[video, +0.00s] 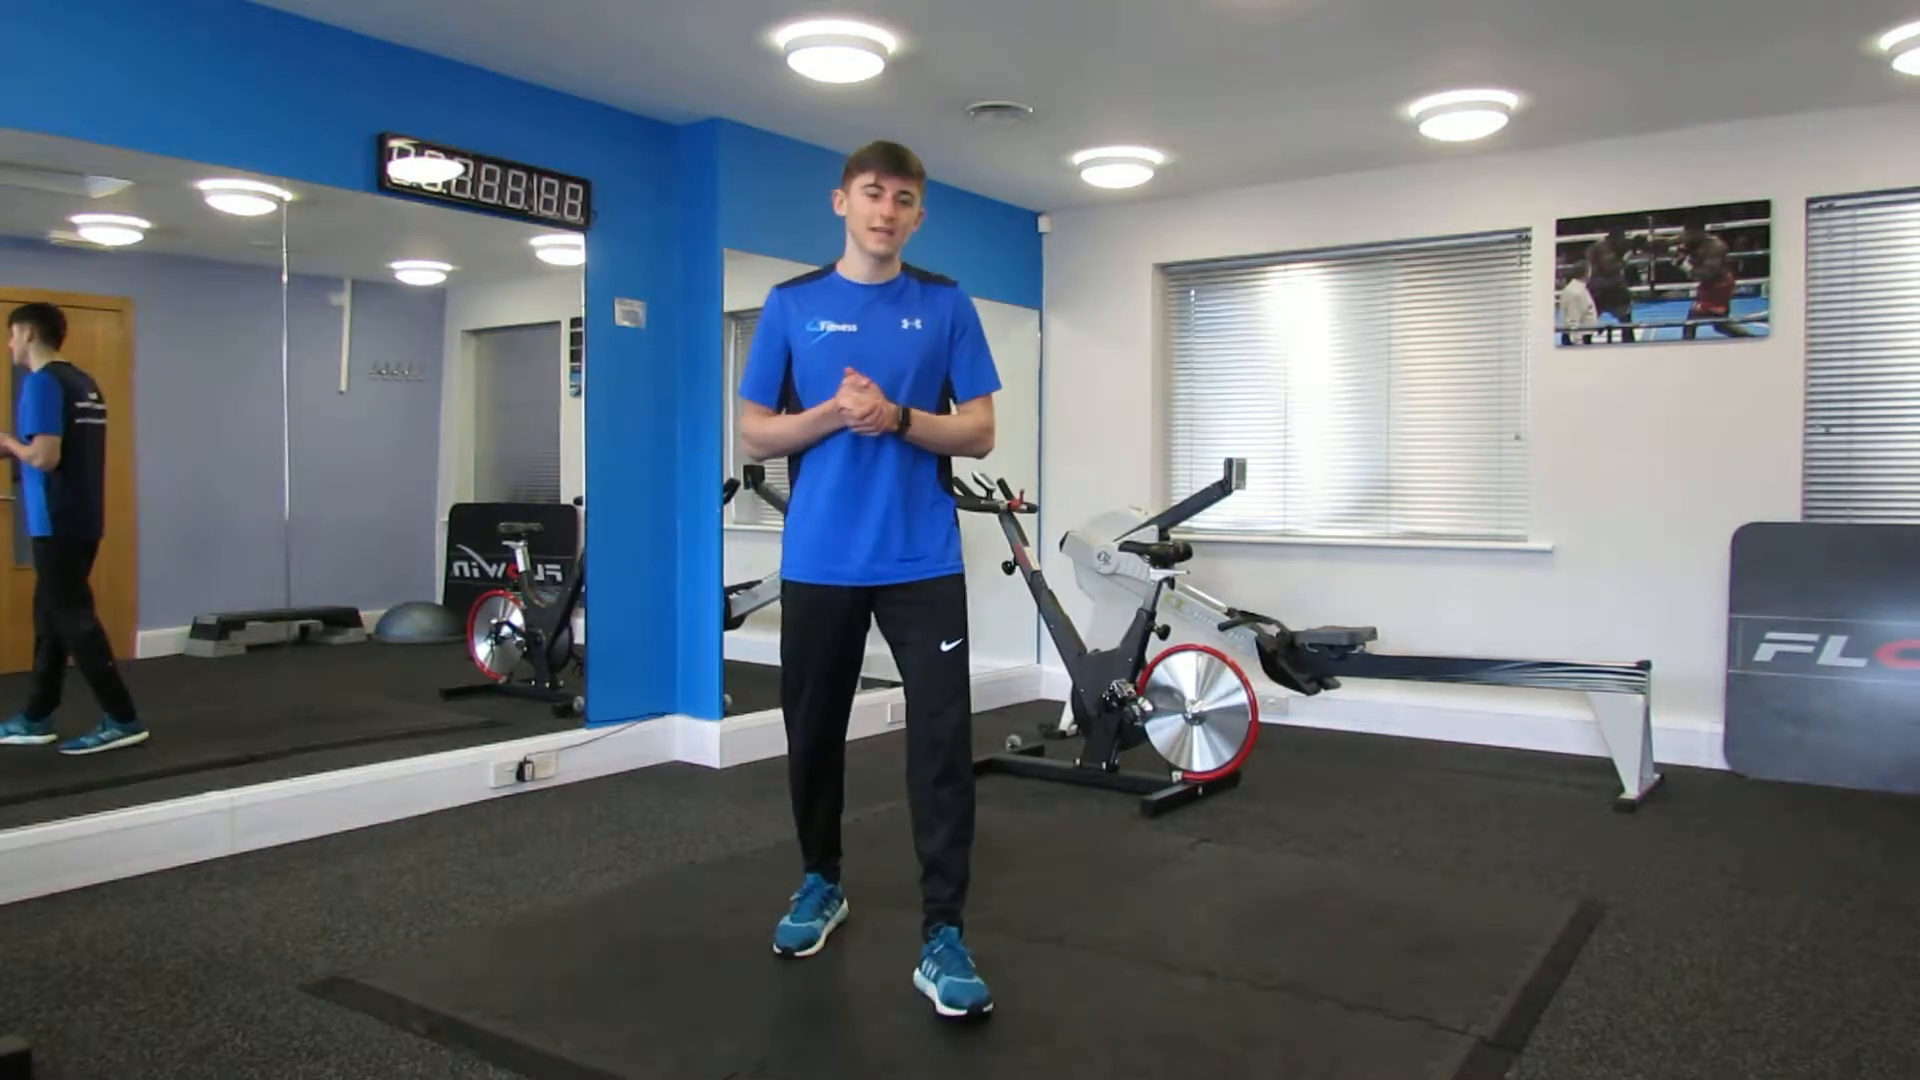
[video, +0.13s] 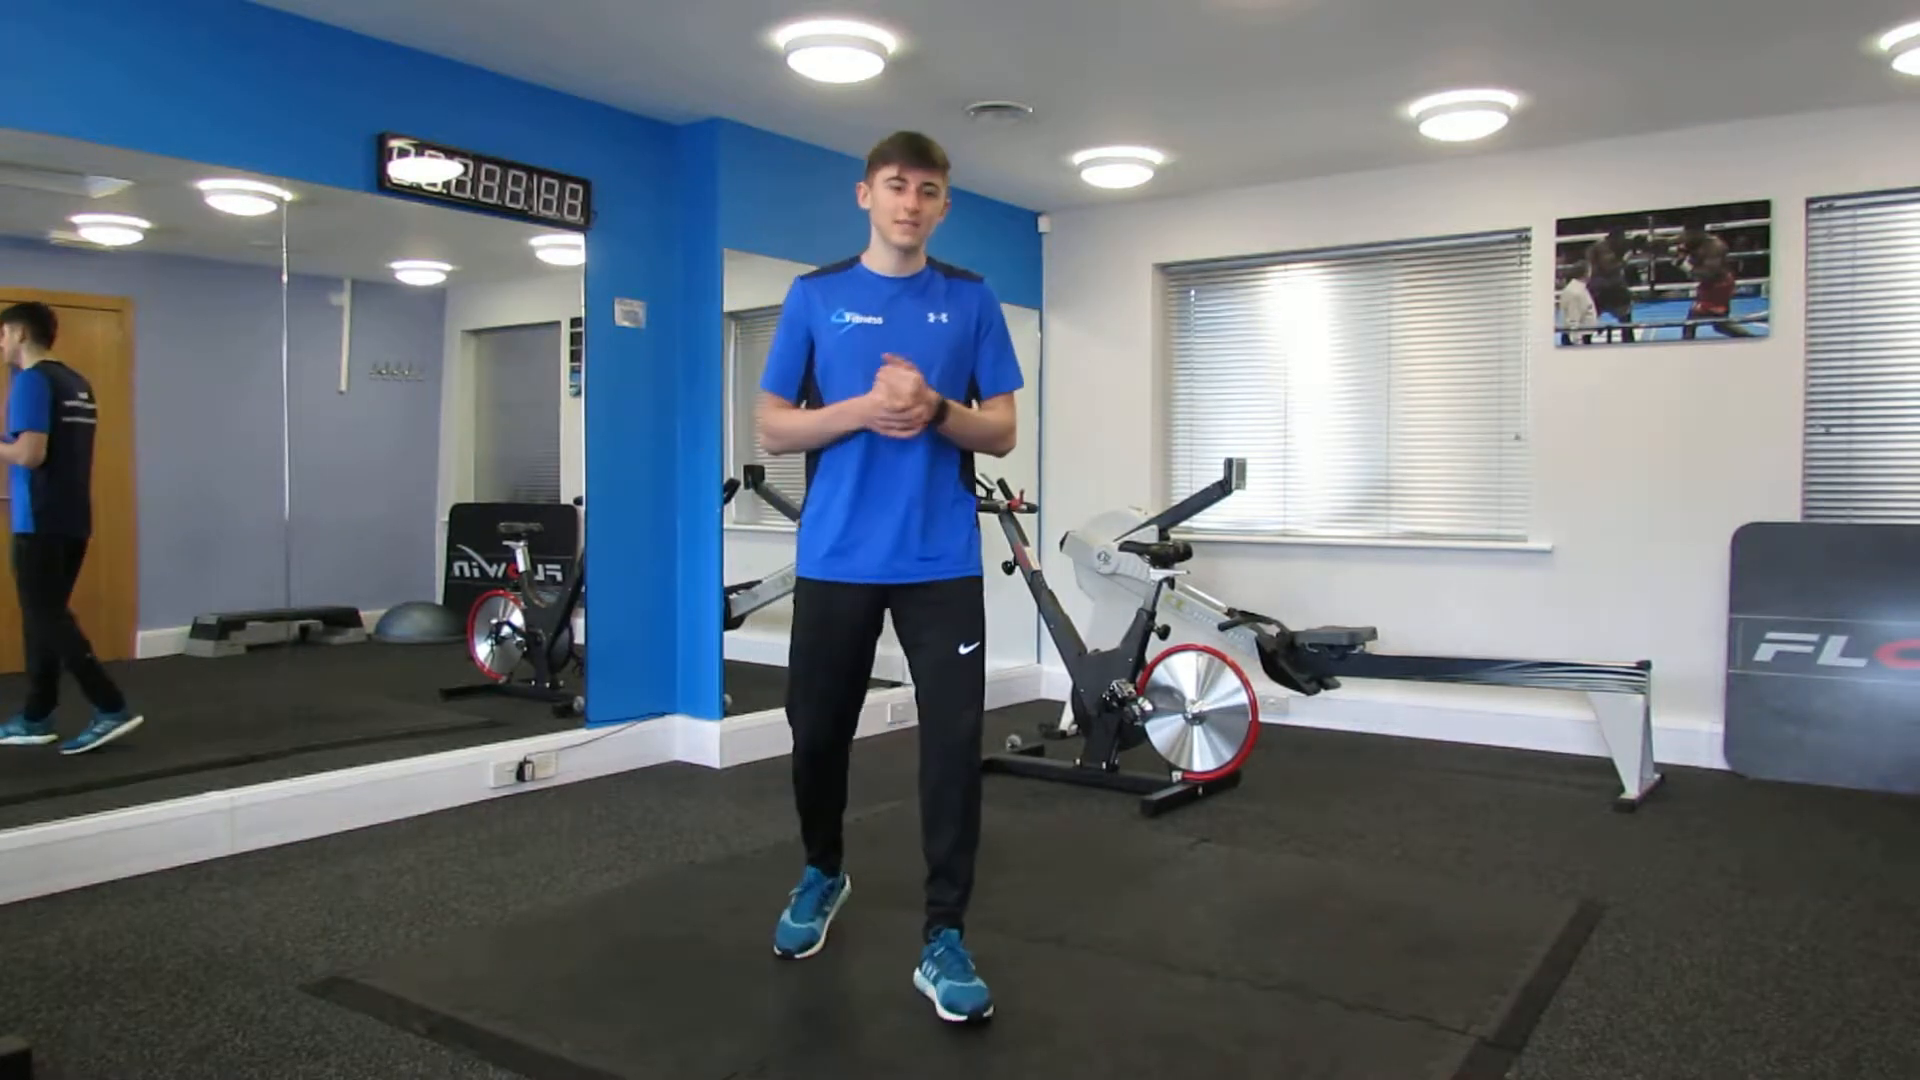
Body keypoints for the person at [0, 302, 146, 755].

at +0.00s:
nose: (9, 345)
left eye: (12, 336)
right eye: (10, 336)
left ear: (27, 335)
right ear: (54, 336)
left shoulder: (43, 381)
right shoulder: (85, 383)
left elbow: (46, 456)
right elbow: (81, 457)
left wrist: (11, 445)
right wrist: (24, 451)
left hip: (57, 529)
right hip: (82, 527)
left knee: (74, 620)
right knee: (51, 619)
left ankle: (124, 719)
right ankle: (36, 718)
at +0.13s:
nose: (0, 343)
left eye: (3, 333)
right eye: (2, 334)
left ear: (18, 334)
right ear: (46, 335)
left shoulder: (32, 380)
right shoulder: (76, 382)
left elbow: (30, 452)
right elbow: (68, 454)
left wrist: (3, 445)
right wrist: (18, 447)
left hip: (40, 526)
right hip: (71, 524)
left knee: (47, 618)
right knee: (43, 619)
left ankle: (112, 708)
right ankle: (36, 718)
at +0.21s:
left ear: (15, 335)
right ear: (41, 336)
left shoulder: (26, 379)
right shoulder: (72, 383)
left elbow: (23, 449)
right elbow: (64, 453)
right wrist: (18, 445)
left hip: (30, 525)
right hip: (63, 524)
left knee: (23, 617)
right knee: (39, 620)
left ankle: (99, 700)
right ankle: (35, 719)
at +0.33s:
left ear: (9, 337)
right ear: (32, 337)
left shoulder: (19, 379)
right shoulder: (63, 383)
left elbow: (15, 446)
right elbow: (61, 455)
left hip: (23, 522)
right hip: (57, 522)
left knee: (11, 616)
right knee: (35, 615)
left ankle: (74, 692)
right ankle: (35, 715)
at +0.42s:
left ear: (4, 337)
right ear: (31, 337)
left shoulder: (17, 378)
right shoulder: (58, 384)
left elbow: (12, 445)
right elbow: (54, 450)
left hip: (19, 519)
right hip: (52, 519)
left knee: (14, 610)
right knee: (33, 609)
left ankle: (39, 703)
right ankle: (43, 701)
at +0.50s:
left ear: (2, 336)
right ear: (22, 333)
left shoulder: (14, 378)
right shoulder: (51, 383)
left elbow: (8, 445)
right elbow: (60, 458)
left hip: (16, 519)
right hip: (46, 519)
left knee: (19, 609)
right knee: (31, 610)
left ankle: (23, 715)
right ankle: (38, 715)